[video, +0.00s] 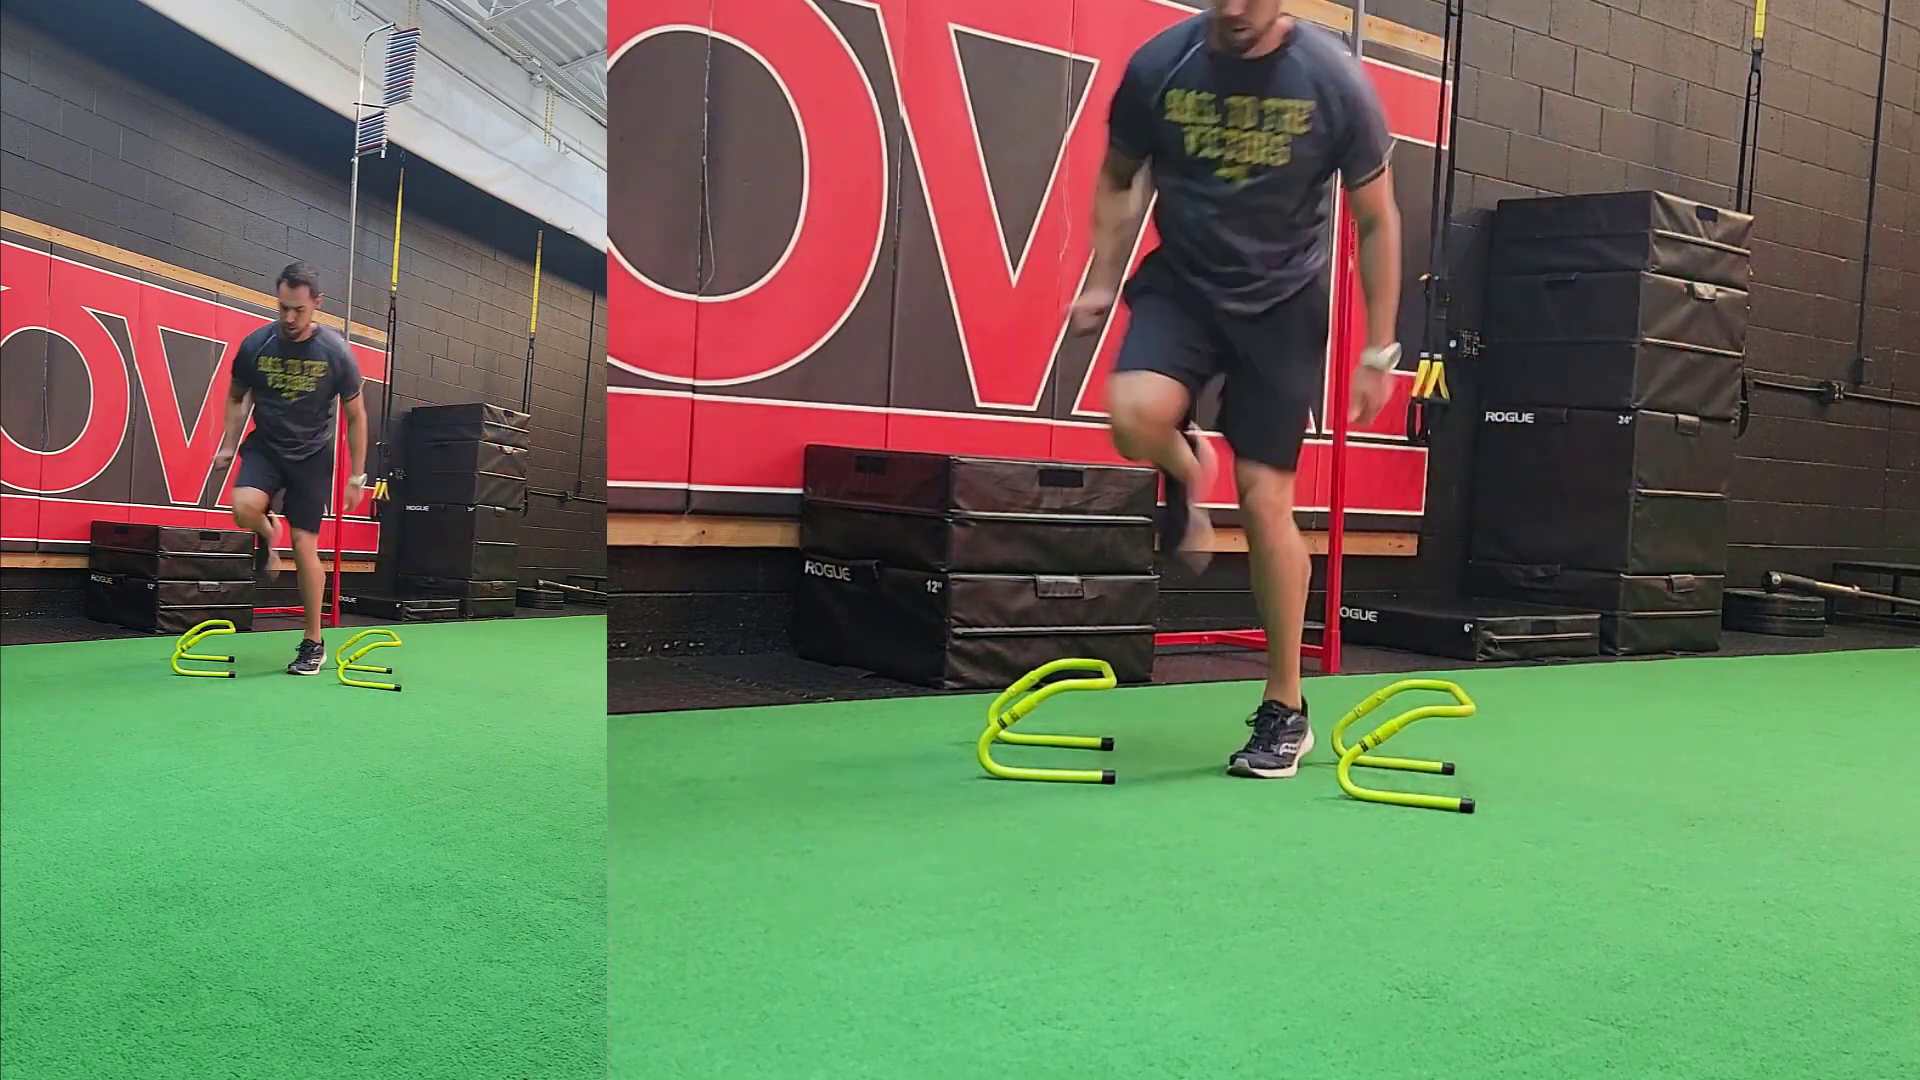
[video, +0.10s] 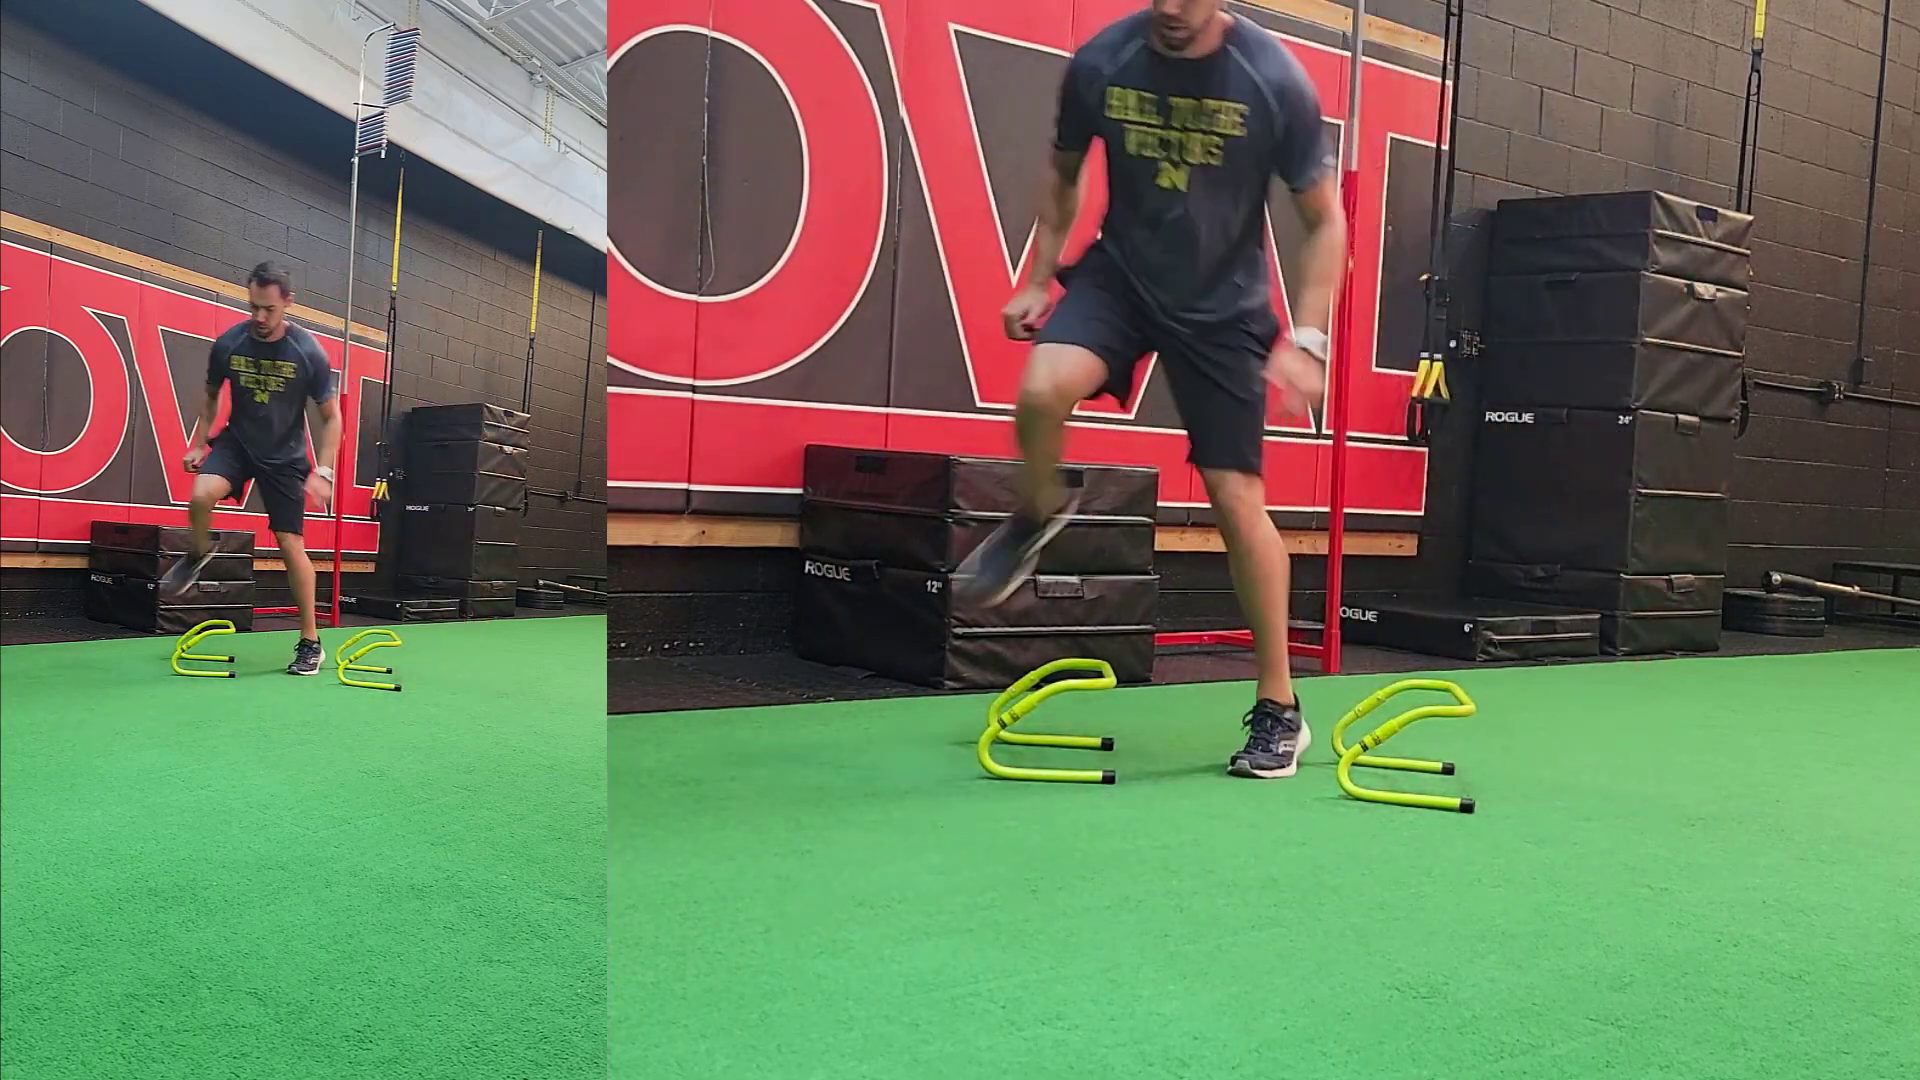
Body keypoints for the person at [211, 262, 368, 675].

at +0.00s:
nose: (290, 318)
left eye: (298, 309)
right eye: (284, 308)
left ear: (317, 305)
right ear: (277, 302)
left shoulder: (337, 354)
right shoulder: (255, 345)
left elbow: (356, 414)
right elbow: (237, 397)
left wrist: (358, 473)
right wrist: (227, 445)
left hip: (312, 456)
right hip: (264, 449)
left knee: (303, 544)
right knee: (243, 506)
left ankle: (313, 641)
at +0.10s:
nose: (259, 317)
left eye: (268, 308)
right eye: (253, 307)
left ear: (287, 303)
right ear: (247, 302)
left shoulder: (309, 354)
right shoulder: (228, 344)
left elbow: (331, 418)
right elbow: (212, 395)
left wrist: (324, 472)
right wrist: (199, 442)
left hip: (285, 455)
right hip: (237, 444)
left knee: (290, 544)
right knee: (201, 496)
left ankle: (309, 641)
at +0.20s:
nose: (228, 320)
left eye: (237, 311)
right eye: (222, 310)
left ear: (254, 304)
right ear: (213, 301)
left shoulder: (278, 349)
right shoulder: (195, 342)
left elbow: (297, 416)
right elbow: (184, 388)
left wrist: (266, 452)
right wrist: (178, 442)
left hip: (257, 445)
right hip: (206, 440)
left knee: (260, 529)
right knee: (176, 520)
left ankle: (284, 599)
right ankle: (133, 611)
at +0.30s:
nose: (196, 344)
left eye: (205, 335)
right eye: (190, 334)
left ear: (222, 327)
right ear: (182, 325)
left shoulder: (245, 376)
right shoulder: (164, 363)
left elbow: (248, 449)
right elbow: (157, 410)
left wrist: (195, 437)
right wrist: (153, 451)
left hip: (228, 466)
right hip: (178, 462)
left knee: (224, 528)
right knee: (152, 546)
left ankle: (237, 548)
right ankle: (119, 635)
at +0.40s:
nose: (170, 366)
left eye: (178, 358)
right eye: (164, 356)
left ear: (199, 348)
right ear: (158, 346)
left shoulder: (224, 396)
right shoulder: (146, 378)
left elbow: (207, 467)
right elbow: (139, 421)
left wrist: (162, 428)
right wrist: (135, 457)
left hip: (210, 479)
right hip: (161, 474)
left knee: (196, 536)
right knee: (138, 547)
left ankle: (185, 554)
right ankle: (118, 636)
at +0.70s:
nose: (143, 374)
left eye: (152, 366)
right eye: (137, 365)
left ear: (171, 354)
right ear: (128, 355)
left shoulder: (198, 400)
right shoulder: (119, 387)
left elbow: (187, 474)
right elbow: (122, 429)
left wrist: (142, 434)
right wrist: (125, 458)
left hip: (189, 483)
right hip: (144, 475)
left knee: (157, 541)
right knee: (126, 545)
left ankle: (142, 578)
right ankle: (116, 637)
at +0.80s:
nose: (151, 368)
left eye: (159, 358)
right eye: (144, 358)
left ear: (175, 348)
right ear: (134, 350)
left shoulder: (203, 392)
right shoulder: (123, 390)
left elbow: (217, 461)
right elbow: (119, 445)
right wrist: (113, 497)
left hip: (190, 480)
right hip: (145, 477)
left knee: (165, 537)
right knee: (127, 546)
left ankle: (160, 578)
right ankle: (116, 637)